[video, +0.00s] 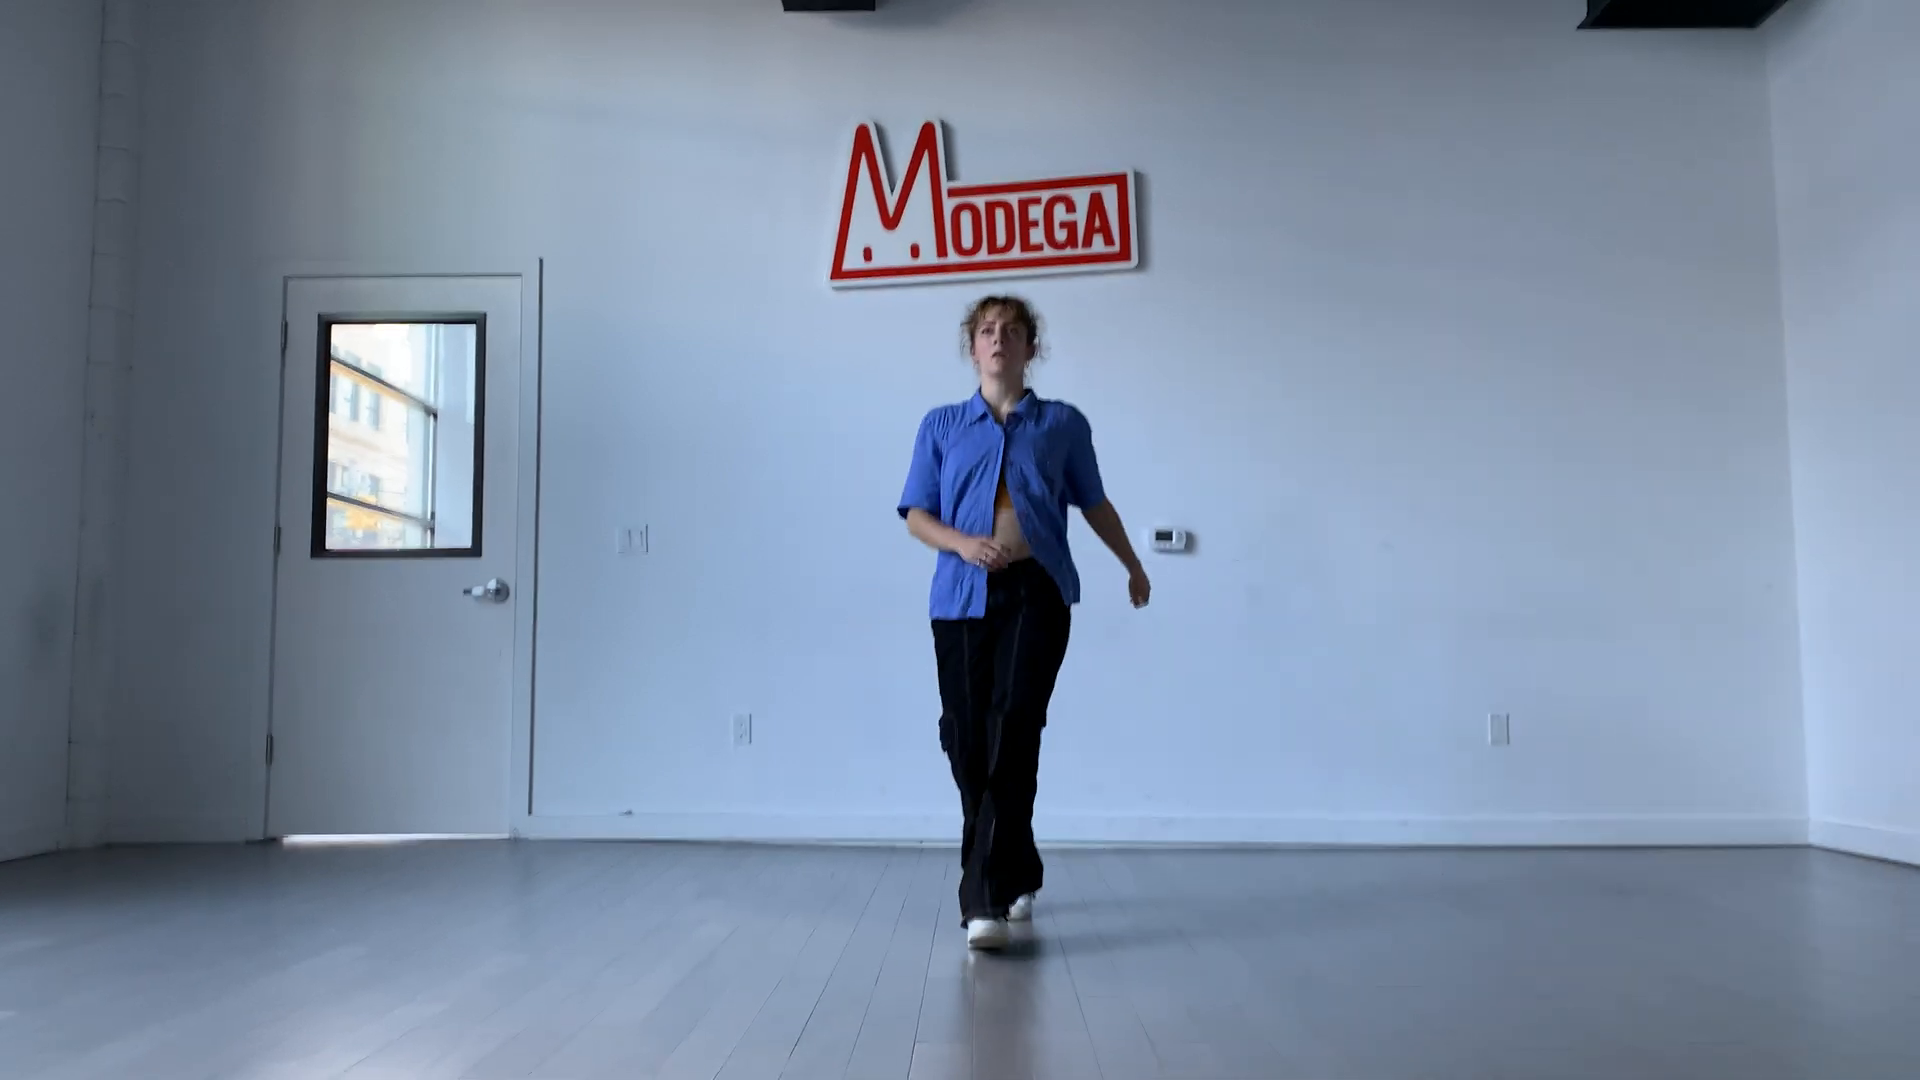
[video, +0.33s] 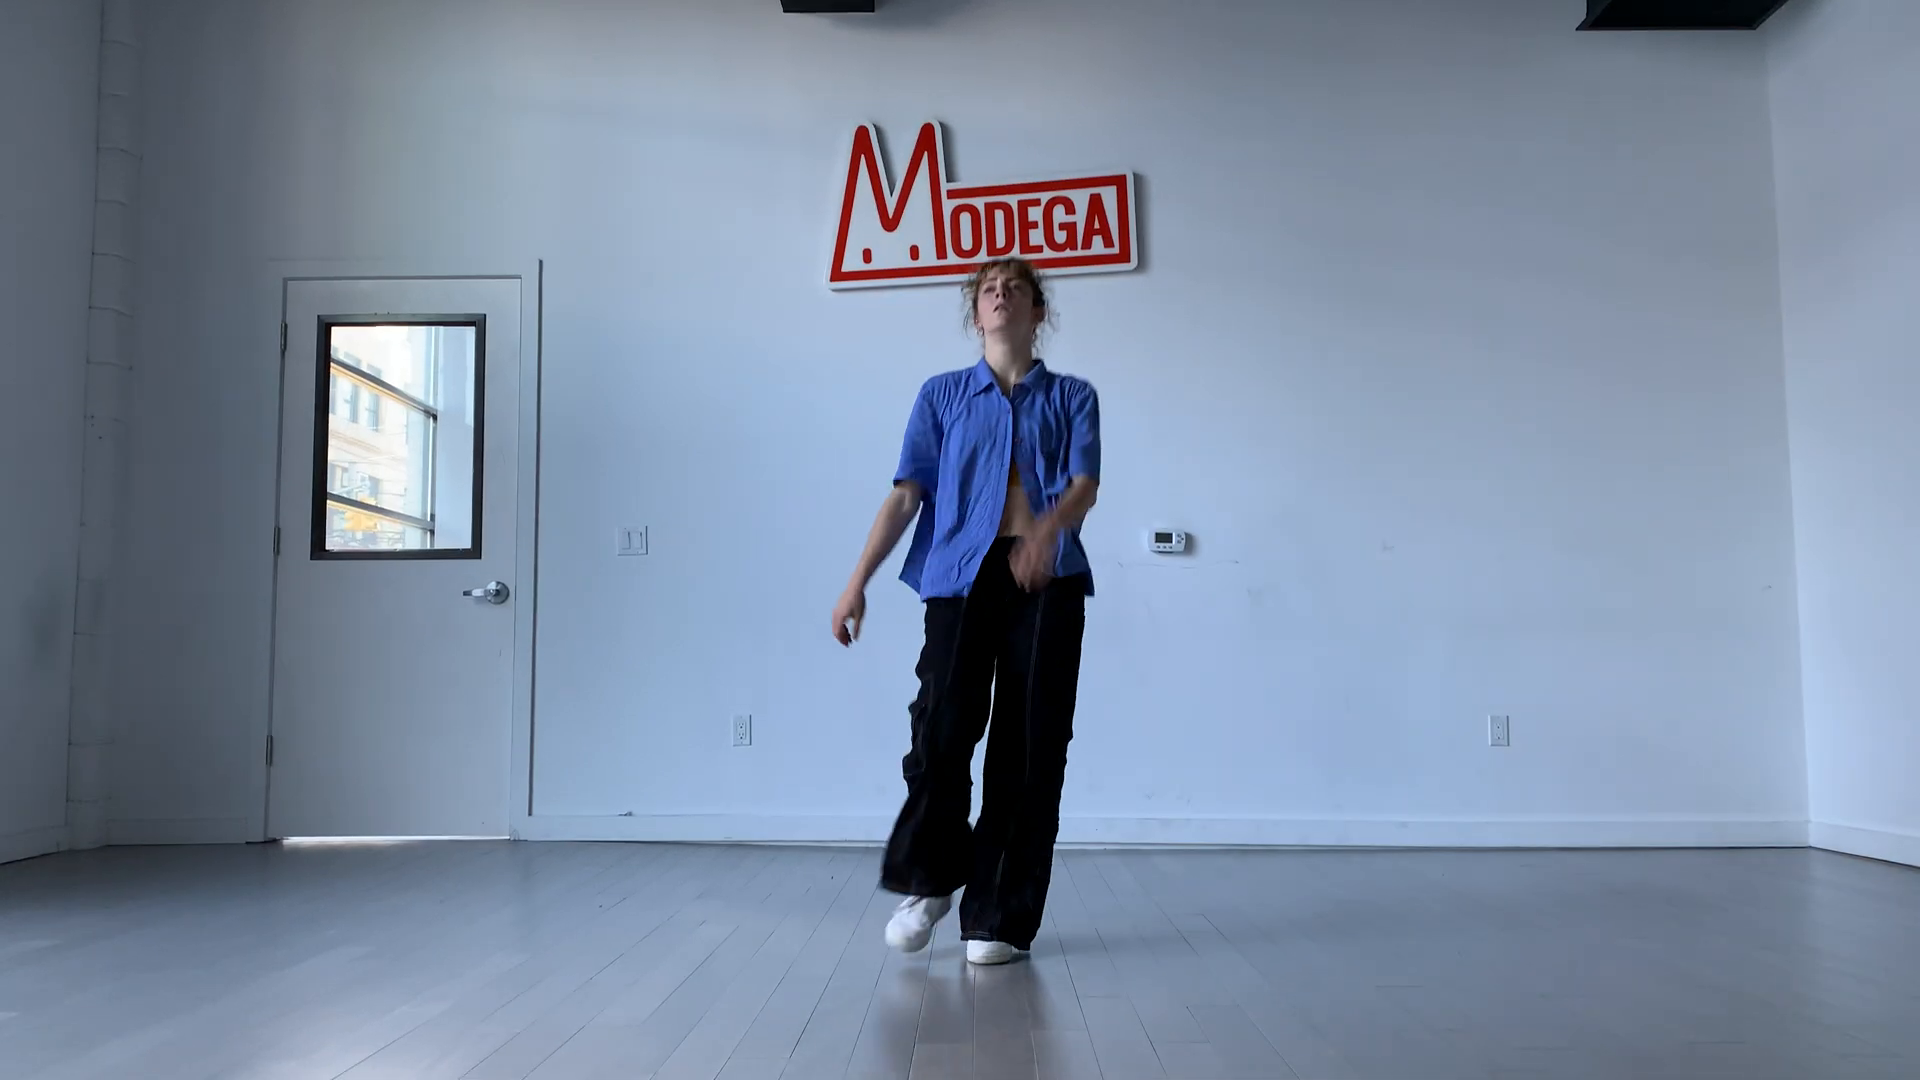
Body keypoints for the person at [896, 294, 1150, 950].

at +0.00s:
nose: (998, 340)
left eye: (1010, 331)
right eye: (987, 331)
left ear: (1031, 348)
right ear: (970, 348)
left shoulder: (1063, 424)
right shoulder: (941, 427)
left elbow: (1093, 503)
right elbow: (917, 518)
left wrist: (1133, 564)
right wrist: (965, 544)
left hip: (1035, 595)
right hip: (960, 598)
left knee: (1012, 735)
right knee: (964, 744)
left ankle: (986, 905)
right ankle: (1018, 875)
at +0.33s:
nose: (1000, 294)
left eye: (1014, 288)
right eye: (989, 289)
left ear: (1039, 313)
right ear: (973, 314)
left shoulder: (1072, 395)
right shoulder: (940, 395)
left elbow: (1084, 484)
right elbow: (905, 495)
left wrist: (1047, 529)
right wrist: (858, 581)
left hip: (1044, 581)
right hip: (958, 580)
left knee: (1030, 749)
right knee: (939, 735)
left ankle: (1002, 921)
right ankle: (928, 883)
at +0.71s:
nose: (1019, 300)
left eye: (1034, 290)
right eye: (1007, 293)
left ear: (1065, 311)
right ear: (996, 318)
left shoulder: (1106, 402)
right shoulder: (976, 401)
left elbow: (1130, 503)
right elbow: (958, 503)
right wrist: (950, 544)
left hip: (1081, 612)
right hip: (985, 609)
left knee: (1143, 754)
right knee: (962, 765)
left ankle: (1088, 885)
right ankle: (940, 937)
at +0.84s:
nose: (1026, 302)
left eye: (1041, 291)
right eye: (1018, 295)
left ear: (1079, 309)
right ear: (1011, 317)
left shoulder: (1136, 389)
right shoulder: (1007, 391)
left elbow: (1198, 465)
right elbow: (973, 414)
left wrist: (1265, 472)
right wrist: (1060, 382)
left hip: (1126, 613)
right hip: (1027, 612)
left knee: (1190, 774)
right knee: (951, 755)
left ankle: (1278, 942)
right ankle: (947, 936)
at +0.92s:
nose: (1100, 306)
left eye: (1114, 296)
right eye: (1087, 295)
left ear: (1134, 311)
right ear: (1066, 308)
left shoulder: (1176, 398)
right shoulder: (1033, 378)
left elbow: (1285, 400)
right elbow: (973, 312)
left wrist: (1256, 315)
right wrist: (993, 265)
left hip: (1152, 602)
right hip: (1058, 598)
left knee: (1223, 759)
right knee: (1033, 744)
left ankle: (1295, 930)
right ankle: (941, 888)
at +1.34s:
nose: (1053, 296)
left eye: (1068, 282)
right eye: (1052, 283)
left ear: (1117, 289)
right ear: (1063, 292)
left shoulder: (1180, 352)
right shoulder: (1045, 363)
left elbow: (1292, 304)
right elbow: (973, 304)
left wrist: (1338, 204)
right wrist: (999, 214)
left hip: (1140, 582)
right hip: (1050, 584)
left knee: (1203, 765)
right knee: (992, 759)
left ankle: (1304, 927)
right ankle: (972, 932)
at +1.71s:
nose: (1023, 336)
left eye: (1036, 319)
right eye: (1017, 322)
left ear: (1084, 312)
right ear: (1027, 325)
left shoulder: (1140, 373)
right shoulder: (1029, 395)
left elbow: (1185, 264)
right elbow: (993, 424)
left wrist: (1233, 152)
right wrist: (1013, 315)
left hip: (1107, 610)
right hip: (1025, 611)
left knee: (1157, 787)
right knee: (968, 775)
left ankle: (1300, 916)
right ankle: (965, 945)